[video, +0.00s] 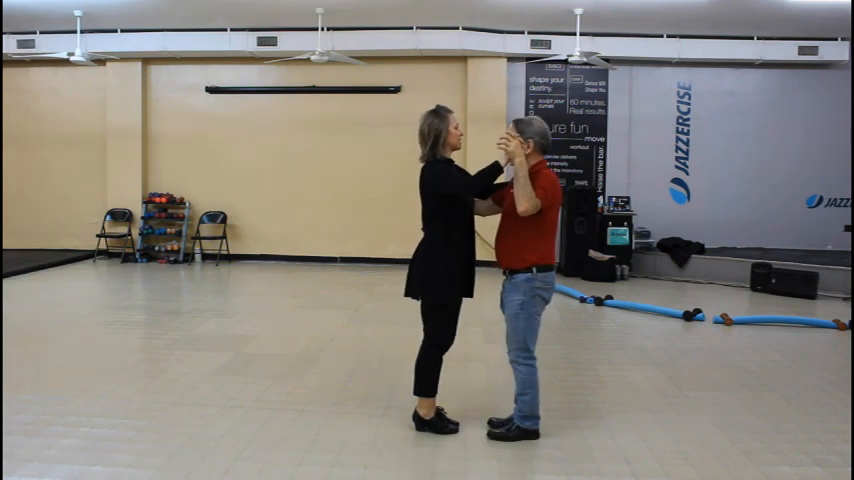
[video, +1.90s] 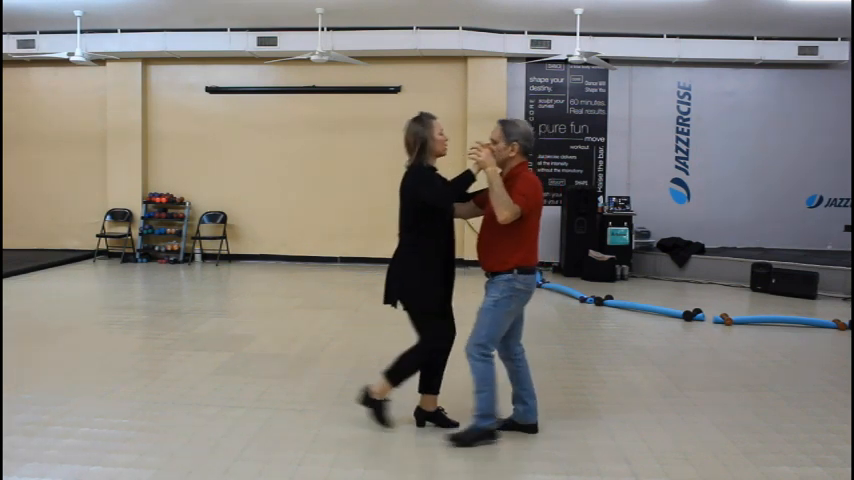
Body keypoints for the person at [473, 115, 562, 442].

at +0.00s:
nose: (506, 145)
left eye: (512, 140)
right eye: (507, 140)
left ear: (528, 145)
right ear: (528, 146)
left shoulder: (546, 179)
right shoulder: (520, 182)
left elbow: (526, 207)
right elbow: (483, 206)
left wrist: (518, 162)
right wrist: (451, 191)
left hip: (532, 277)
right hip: (517, 276)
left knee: (522, 354)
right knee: (518, 353)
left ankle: (527, 423)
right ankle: (522, 416)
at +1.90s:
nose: (487, 148)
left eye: (494, 143)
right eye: (489, 142)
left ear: (513, 149)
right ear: (509, 149)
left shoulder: (527, 181)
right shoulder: (505, 181)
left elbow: (506, 214)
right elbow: (465, 209)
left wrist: (491, 171)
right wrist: (431, 201)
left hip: (514, 278)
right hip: (504, 277)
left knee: (478, 347)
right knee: (510, 347)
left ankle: (484, 424)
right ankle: (525, 416)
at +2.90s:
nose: (483, 148)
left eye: (488, 143)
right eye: (484, 142)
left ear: (507, 147)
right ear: (505, 147)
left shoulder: (526, 178)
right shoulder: (502, 180)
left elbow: (502, 209)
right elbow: (463, 204)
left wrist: (489, 165)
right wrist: (428, 193)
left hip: (518, 277)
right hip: (505, 276)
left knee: (498, 351)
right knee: (499, 349)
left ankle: (522, 421)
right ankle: (514, 416)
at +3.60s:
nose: (539, 159)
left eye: (543, 154)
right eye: (539, 154)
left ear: (563, 157)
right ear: (559, 157)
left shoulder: (583, 186)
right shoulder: (554, 186)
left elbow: (568, 224)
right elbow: (519, 213)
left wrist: (555, 180)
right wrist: (489, 196)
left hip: (577, 281)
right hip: (571, 280)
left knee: (543, 350)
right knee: (590, 347)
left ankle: (530, 423)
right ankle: (608, 412)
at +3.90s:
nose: (536, 153)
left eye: (542, 148)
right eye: (537, 147)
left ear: (562, 153)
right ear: (558, 152)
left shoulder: (579, 183)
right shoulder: (547, 184)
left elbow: (567, 218)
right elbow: (516, 212)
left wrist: (553, 174)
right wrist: (483, 204)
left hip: (573, 279)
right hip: (567, 277)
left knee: (545, 351)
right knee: (587, 346)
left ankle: (540, 425)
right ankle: (608, 411)